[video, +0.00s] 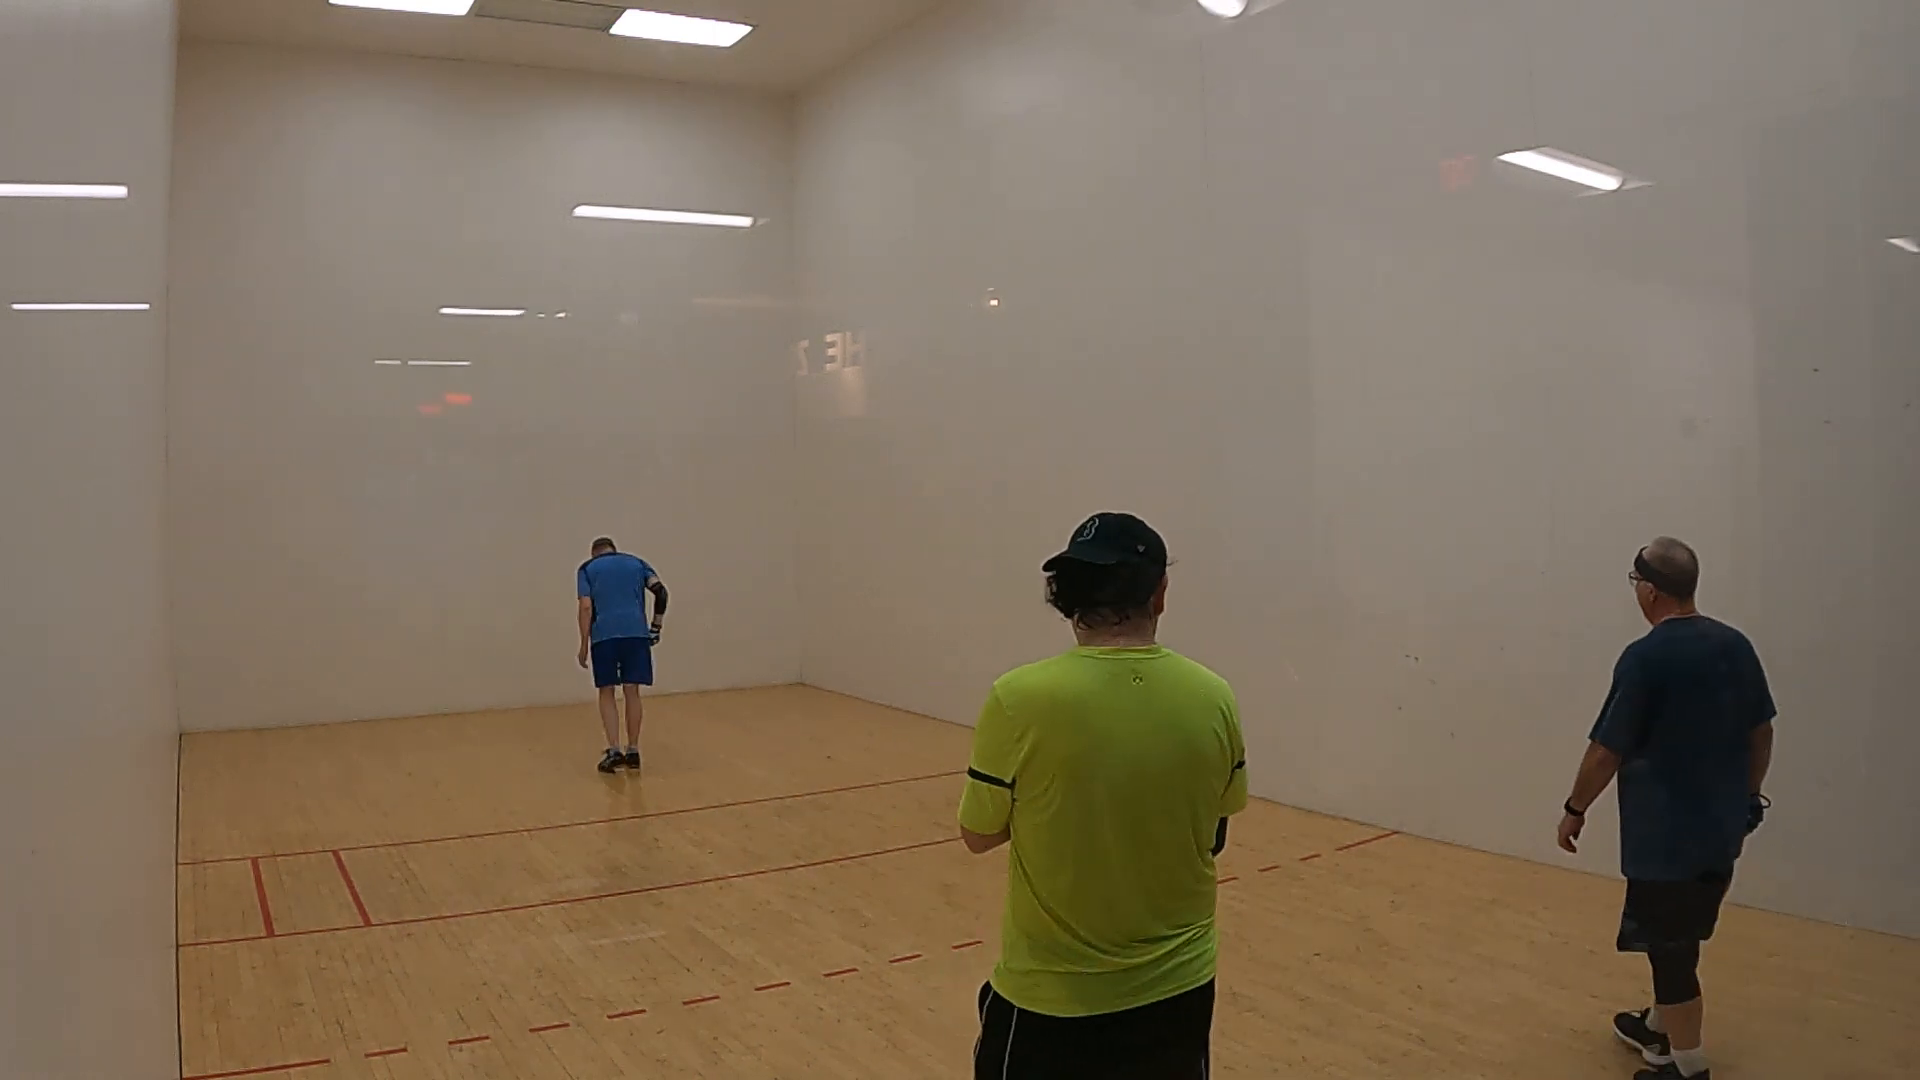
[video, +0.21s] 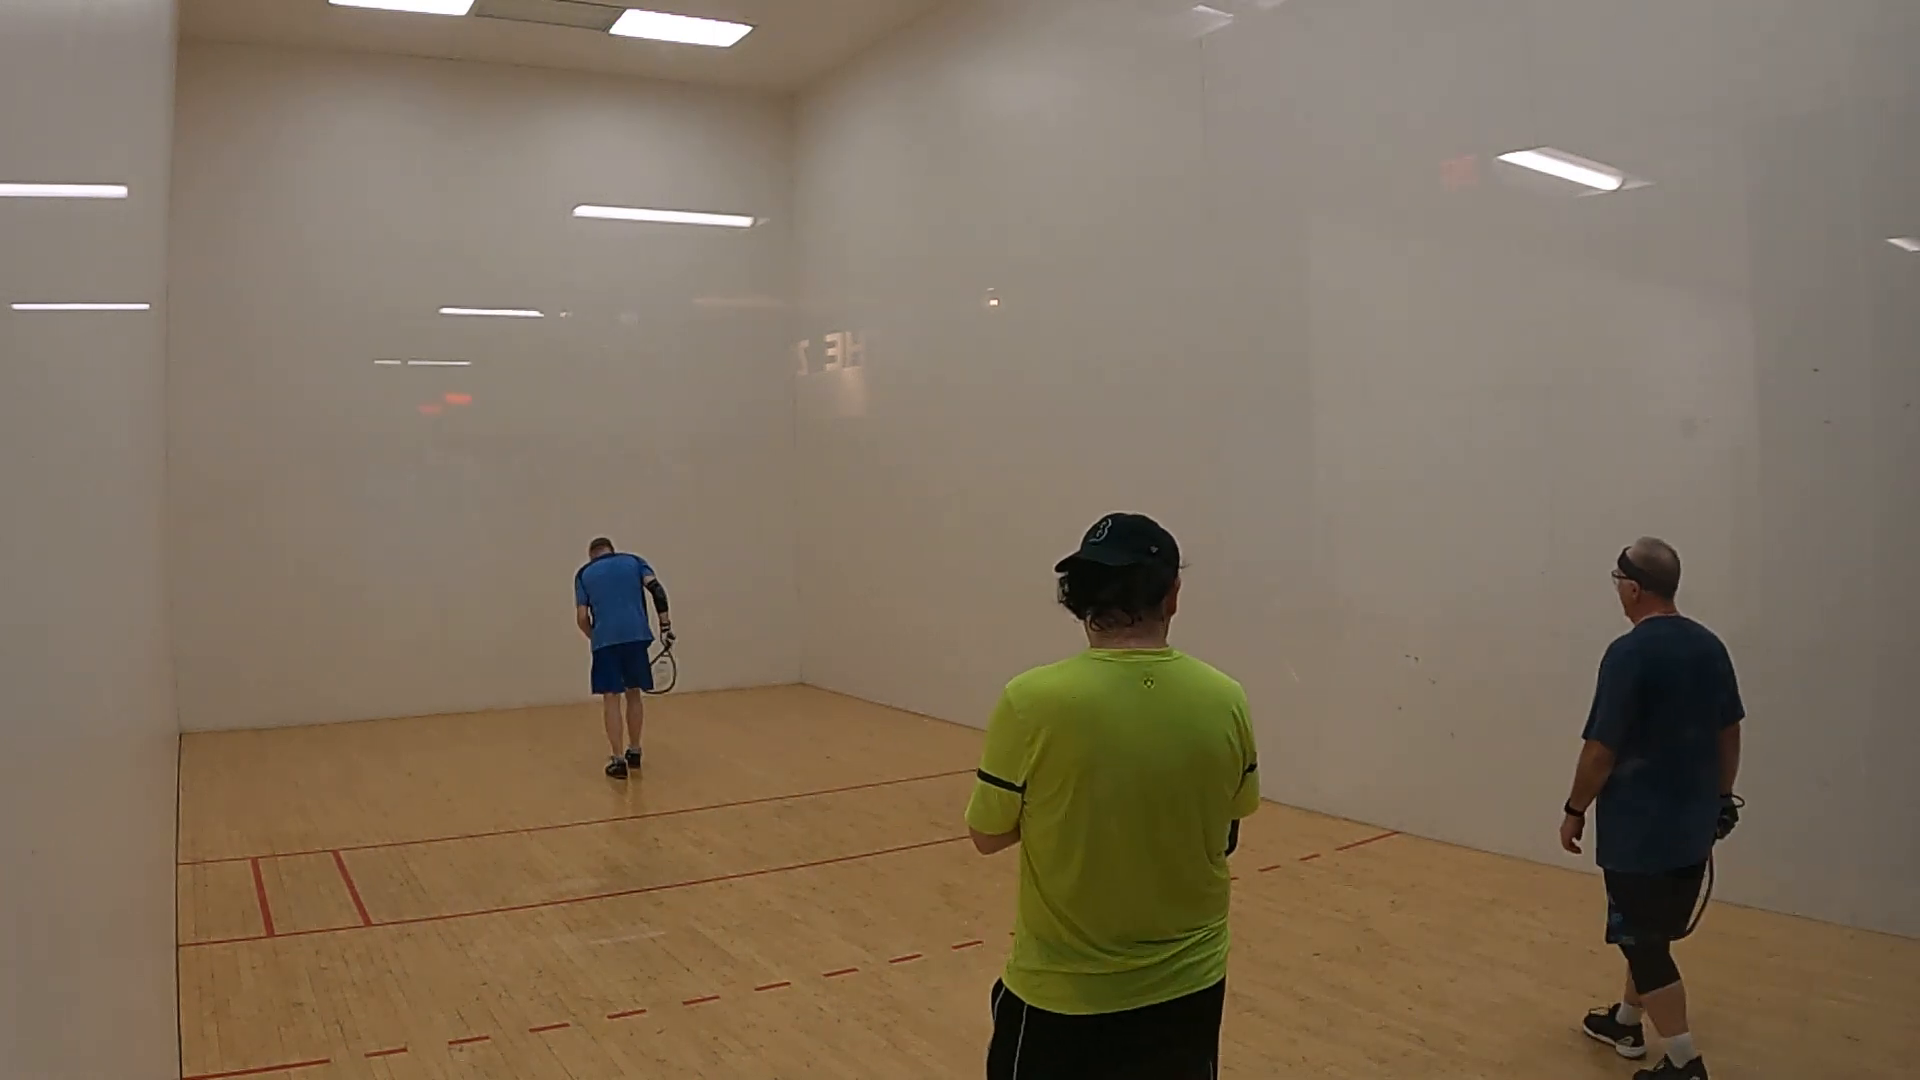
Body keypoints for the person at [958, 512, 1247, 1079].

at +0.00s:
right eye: (1169, 586)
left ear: (1067, 596)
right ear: (1160, 596)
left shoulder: (1019, 697)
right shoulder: (1211, 697)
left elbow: (979, 833)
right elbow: (1216, 830)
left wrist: (1056, 791)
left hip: (1044, 1018)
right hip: (1174, 1012)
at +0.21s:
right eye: (1180, 589)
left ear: (1080, 598)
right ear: (1173, 598)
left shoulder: (1031, 700)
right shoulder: (1222, 699)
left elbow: (988, 833)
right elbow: (1228, 831)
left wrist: (1064, 794)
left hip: (1055, 1016)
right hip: (1184, 1011)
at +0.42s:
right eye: (1184, 587)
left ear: (1082, 599)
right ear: (1177, 597)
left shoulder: (1037, 702)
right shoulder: (1229, 700)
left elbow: (995, 837)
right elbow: (1232, 834)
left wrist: (1070, 797)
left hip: (1060, 1017)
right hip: (1188, 1011)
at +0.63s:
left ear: (1082, 600)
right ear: (1178, 595)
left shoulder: (1041, 702)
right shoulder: (1230, 699)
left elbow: (994, 838)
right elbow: (1232, 830)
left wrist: (1071, 798)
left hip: (1062, 1014)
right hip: (1189, 1007)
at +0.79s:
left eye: (1082, 590)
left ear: (1082, 600)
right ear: (1177, 596)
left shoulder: (1042, 700)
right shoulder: (1229, 697)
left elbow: (991, 840)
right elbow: (1230, 832)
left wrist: (1067, 795)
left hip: (1064, 1013)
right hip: (1190, 1005)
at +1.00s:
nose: (1069, 597)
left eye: (1069, 584)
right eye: (1071, 582)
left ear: (1078, 595)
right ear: (1165, 590)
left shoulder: (1047, 695)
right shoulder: (1229, 696)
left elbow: (981, 850)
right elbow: (1242, 847)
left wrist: (1038, 796)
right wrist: (1201, 927)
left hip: (1065, 1011)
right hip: (1190, 1002)